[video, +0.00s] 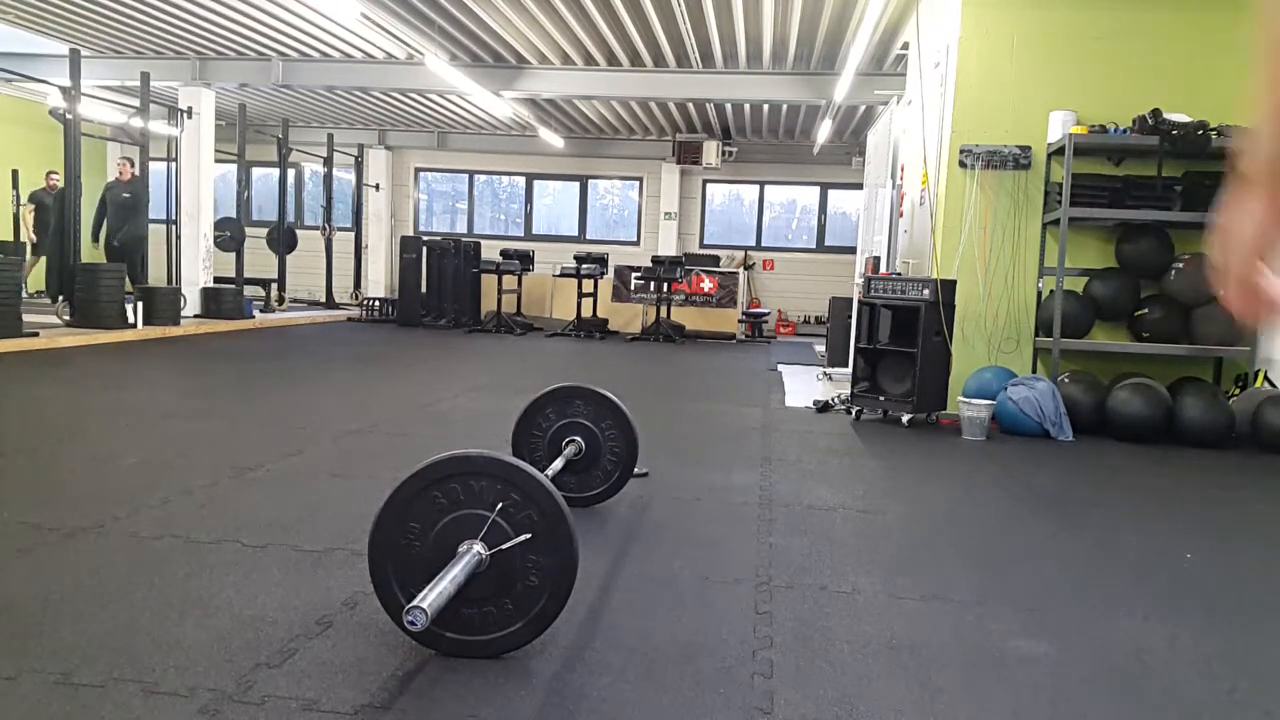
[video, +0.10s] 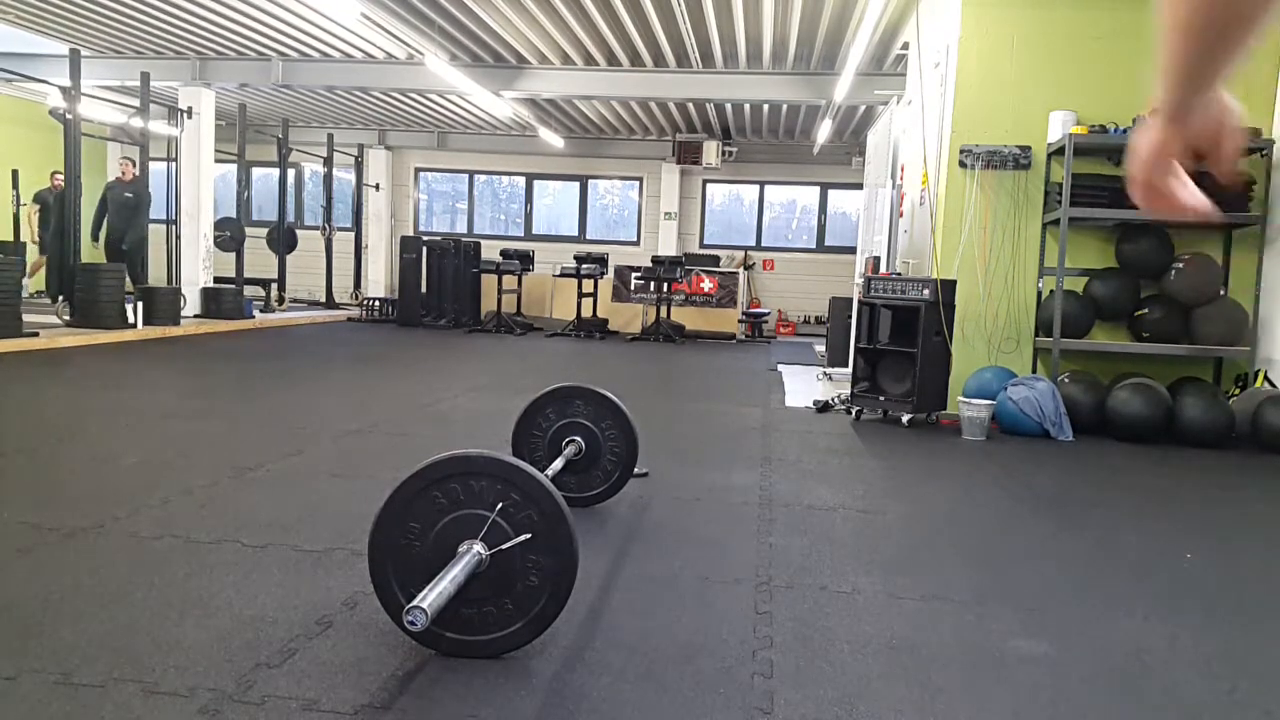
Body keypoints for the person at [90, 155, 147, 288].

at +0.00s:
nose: (120, 167)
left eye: (124, 165)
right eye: (118, 164)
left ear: (131, 168)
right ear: (116, 167)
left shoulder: (139, 186)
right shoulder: (110, 187)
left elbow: (140, 218)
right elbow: (100, 212)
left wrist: (119, 239)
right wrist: (95, 236)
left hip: (134, 240)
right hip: (113, 240)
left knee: (136, 277)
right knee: (115, 277)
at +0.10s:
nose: (123, 167)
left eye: (126, 165)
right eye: (121, 164)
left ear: (133, 168)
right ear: (118, 167)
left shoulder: (141, 188)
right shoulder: (110, 186)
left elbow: (141, 219)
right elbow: (100, 211)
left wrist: (129, 240)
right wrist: (95, 235)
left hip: (135, 239)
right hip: (113, 238)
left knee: (136, 275)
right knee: (114, 275)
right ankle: (115, 306)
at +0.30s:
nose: (127, 168)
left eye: (131, 165)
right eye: (125, 165)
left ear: (137, 169)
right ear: (121, 168)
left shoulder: (146, 189)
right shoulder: (112, 187)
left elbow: (150, 216)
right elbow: (103, 211)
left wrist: (148, 242)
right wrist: (100, 233)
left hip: (137, 242)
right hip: (115, 241)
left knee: (141, 284)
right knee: (113, 281)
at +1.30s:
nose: (109, 168)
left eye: (112, 165)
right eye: (109, 165)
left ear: (122, 168)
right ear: (109, 168)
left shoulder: (132, 187)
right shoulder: (104, 188)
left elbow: (135, 215)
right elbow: (95, 212)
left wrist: (123, 237)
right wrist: (93, 235)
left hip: (123, 238)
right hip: (104, 238)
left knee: (126, 273)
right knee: (106, 273)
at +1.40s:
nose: (106, 169)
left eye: (110, 165)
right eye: (106, 165)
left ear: (120, 168)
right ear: (106, 169)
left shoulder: (129, 187)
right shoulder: (103, 188)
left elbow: (132, 214)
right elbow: (93, 214)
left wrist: (110, 224)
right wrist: (89, 236)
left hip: (121, 237)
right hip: (102, 237)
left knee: (120, 272)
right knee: (104, 272)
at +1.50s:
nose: (105, 169)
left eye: (109, 166)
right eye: (105, 166)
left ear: (119, 168)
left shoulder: (126, 185)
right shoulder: (105, 187)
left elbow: (128, 209)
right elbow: (94, 214)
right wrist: (89, 238)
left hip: (119, 238)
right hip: (102, 237)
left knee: (115, 273)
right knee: (102, 273)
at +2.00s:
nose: (98, 171)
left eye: (101, 168)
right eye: (98, 168)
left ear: (110, 169)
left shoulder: (123, 182)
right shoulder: (101, 185)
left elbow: (110, 195)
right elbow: (94, 213)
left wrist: (96, 183)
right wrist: (91, 235)